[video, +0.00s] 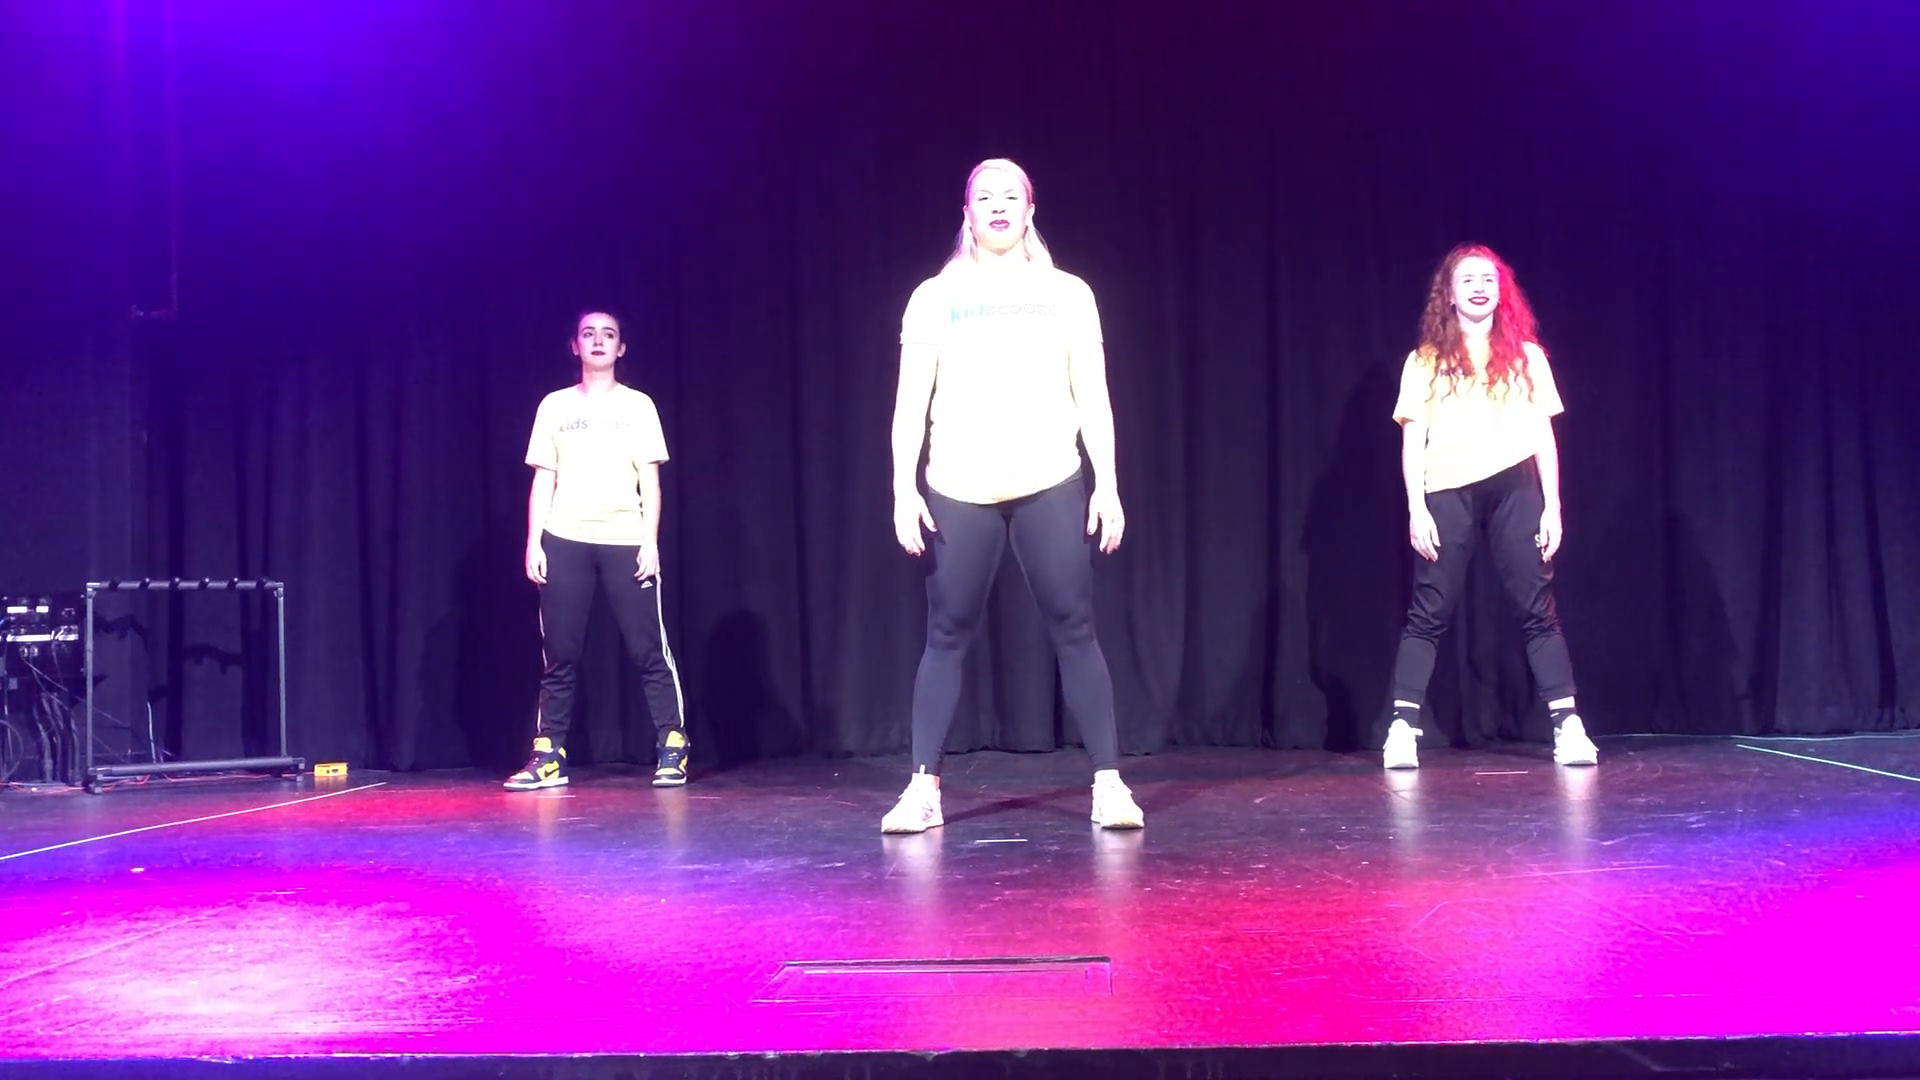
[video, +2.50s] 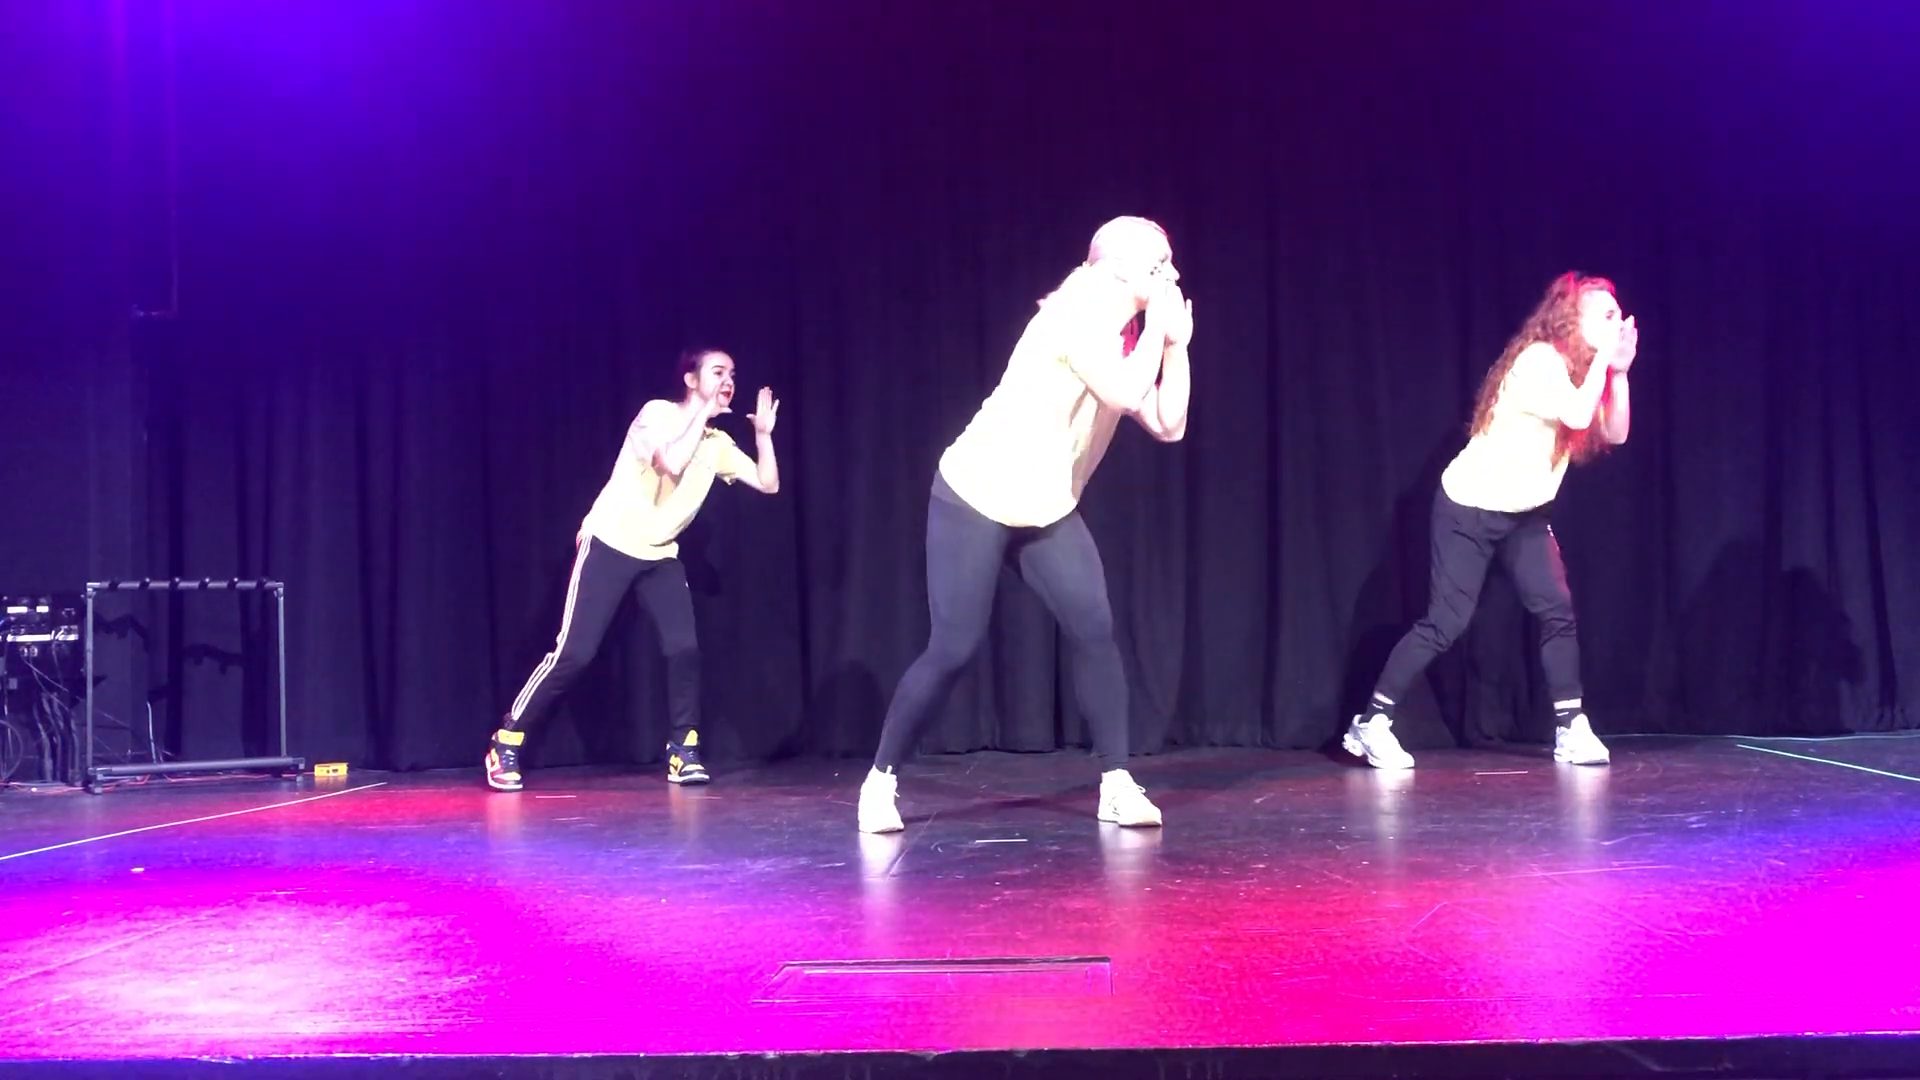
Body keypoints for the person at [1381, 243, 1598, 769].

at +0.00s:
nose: (1478, 288)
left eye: (1487, 280)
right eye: (1468, 280)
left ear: (1502, 291)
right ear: (1448, 290)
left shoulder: (1527, 355)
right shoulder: (1426, 359)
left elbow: (1544, 435)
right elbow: (1413, 440)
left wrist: (1552, 506)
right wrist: (1417, 508)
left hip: (1514, 489)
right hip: (1446, 493)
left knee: (1536, 607)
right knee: (1430, 609)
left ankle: (1567, 725)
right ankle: (1404, 727)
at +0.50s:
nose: (1478, 287)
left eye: (1487, 279)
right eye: (1468, 279)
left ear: (1501, 289)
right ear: (1448, 289)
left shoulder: (1527, 353)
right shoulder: (1425, 359)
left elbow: (1546, 434)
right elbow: (1414, 442)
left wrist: (1554, 505)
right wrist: (1419, 510)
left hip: (1518, 493)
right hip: (1448, 498)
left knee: (1541, 608)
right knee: (1433, 611)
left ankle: (1568, 726)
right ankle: (1404, 728)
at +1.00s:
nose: (1395, 323)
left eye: (1407, 314)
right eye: (1394, 317)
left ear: (1440, 320)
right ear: (1397, 332)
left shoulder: (1479, 376)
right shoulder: (1402, 391)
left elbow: (1519, 453)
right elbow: (1340, 421)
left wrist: (1528, 532)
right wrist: (1366, 369)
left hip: (1493, 520)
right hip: (1434, 529)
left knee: (1516, 635)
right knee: (1409, 622)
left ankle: (1616, 716)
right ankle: (1400, 734)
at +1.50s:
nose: (1446, 319)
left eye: (1456, 311)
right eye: (1437, 310)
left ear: (1477, 320)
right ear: (1419, 318)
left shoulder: (1505, 370)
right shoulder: (1411, 378)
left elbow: (1550, 426)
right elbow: (1367, 415)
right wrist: (1413, 356)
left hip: (1500, 517)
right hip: (1430, 523)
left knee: (1538, 621)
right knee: (1416, 622)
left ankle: (1592, 721)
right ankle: (1403, 731)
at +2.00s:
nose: (1580, 322)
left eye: (1582, 315)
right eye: (1568, 313)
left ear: (1582, 326)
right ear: (1536, 321)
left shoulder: (1564, 384)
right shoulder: (1509, 373)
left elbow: (1610, 437)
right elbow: (1553, 423)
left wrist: (1601, 374)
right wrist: (1574, 362)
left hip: (1524, 523)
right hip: (1468, 522)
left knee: (1565, 612)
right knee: (1462, 634)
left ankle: (1572, 731)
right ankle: (1366, 722)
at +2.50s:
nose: (1615, 322)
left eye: (1616, 314)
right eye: (1603, 314)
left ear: (1613, 322)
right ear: (1570, 318)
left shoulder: (1586, 371)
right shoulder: (1537, 360)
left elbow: (1618, 433)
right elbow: (1577, 416)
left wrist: (1621, 372)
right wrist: (1604, 359)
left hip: (1526, 513)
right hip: (1470, 508)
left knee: (1556, 612)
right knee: (1445, 622)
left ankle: (1571, 730)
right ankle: (1370, 724)